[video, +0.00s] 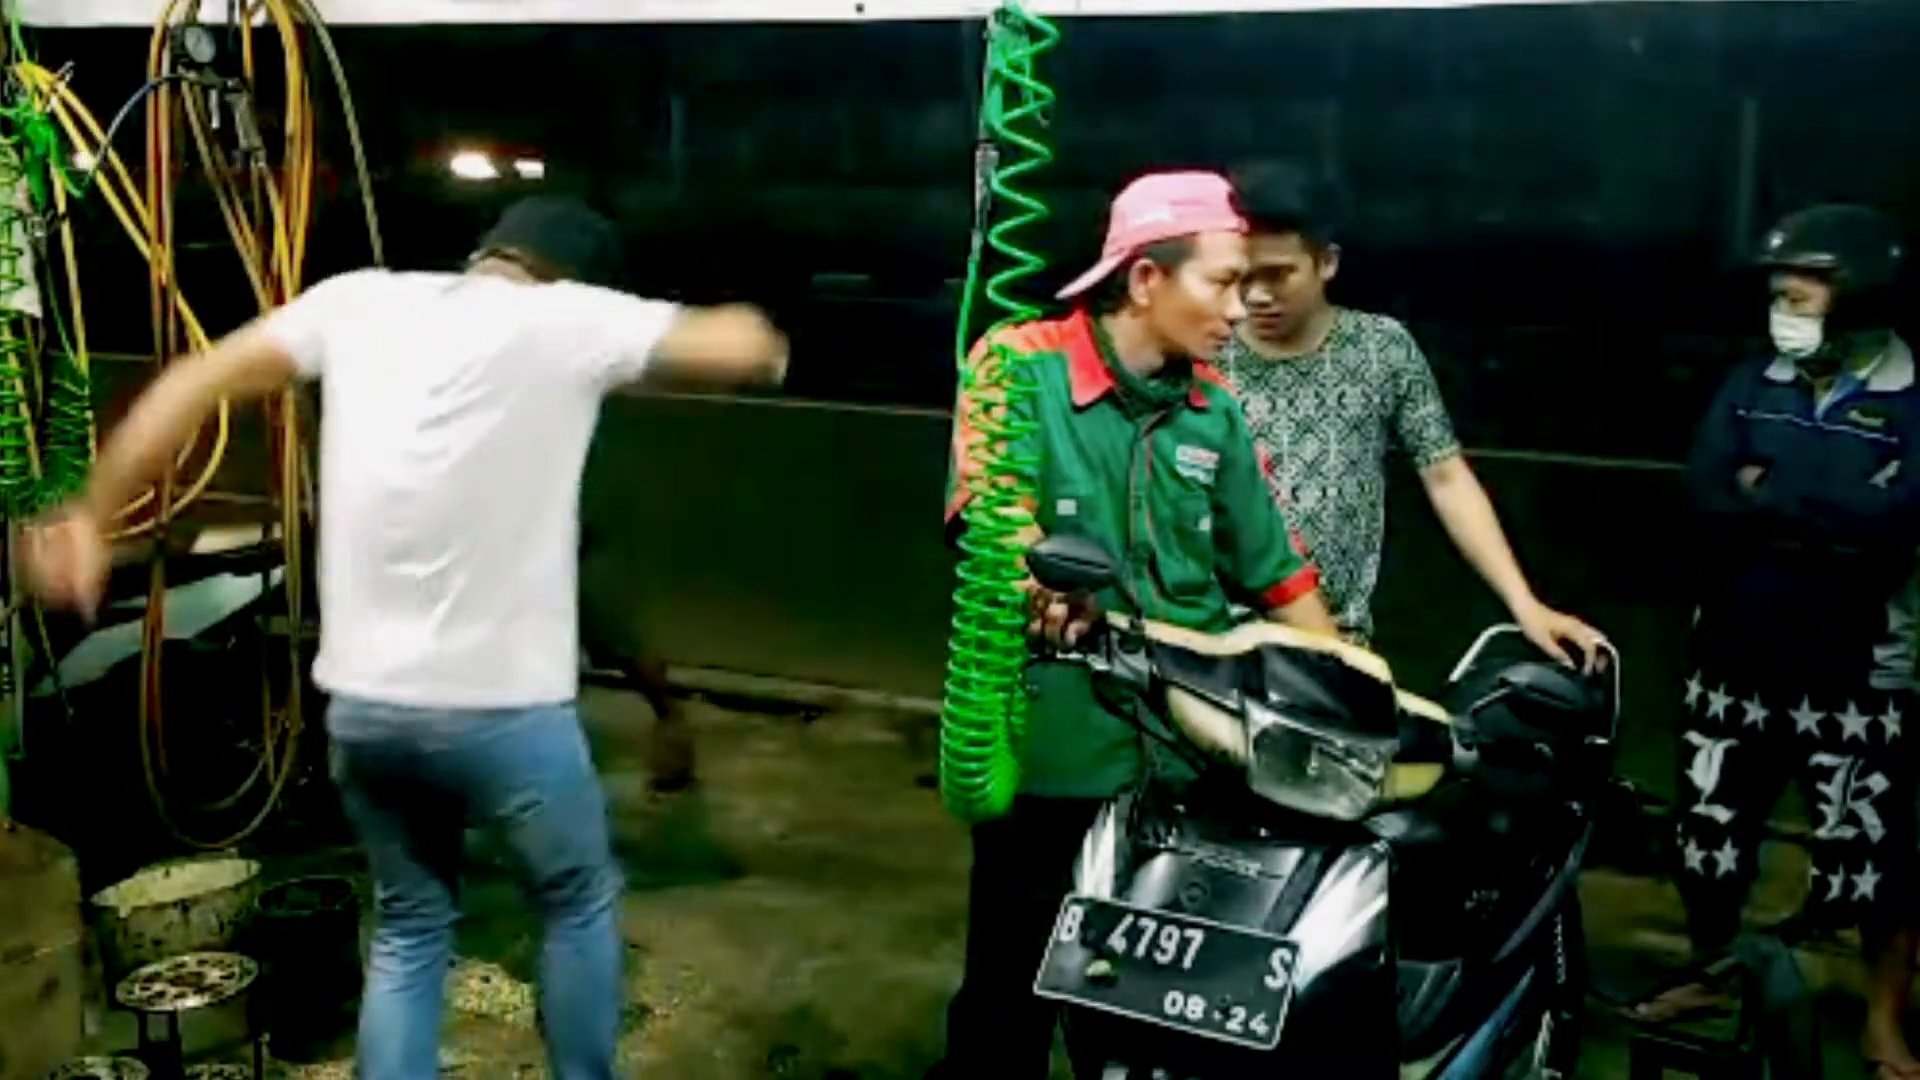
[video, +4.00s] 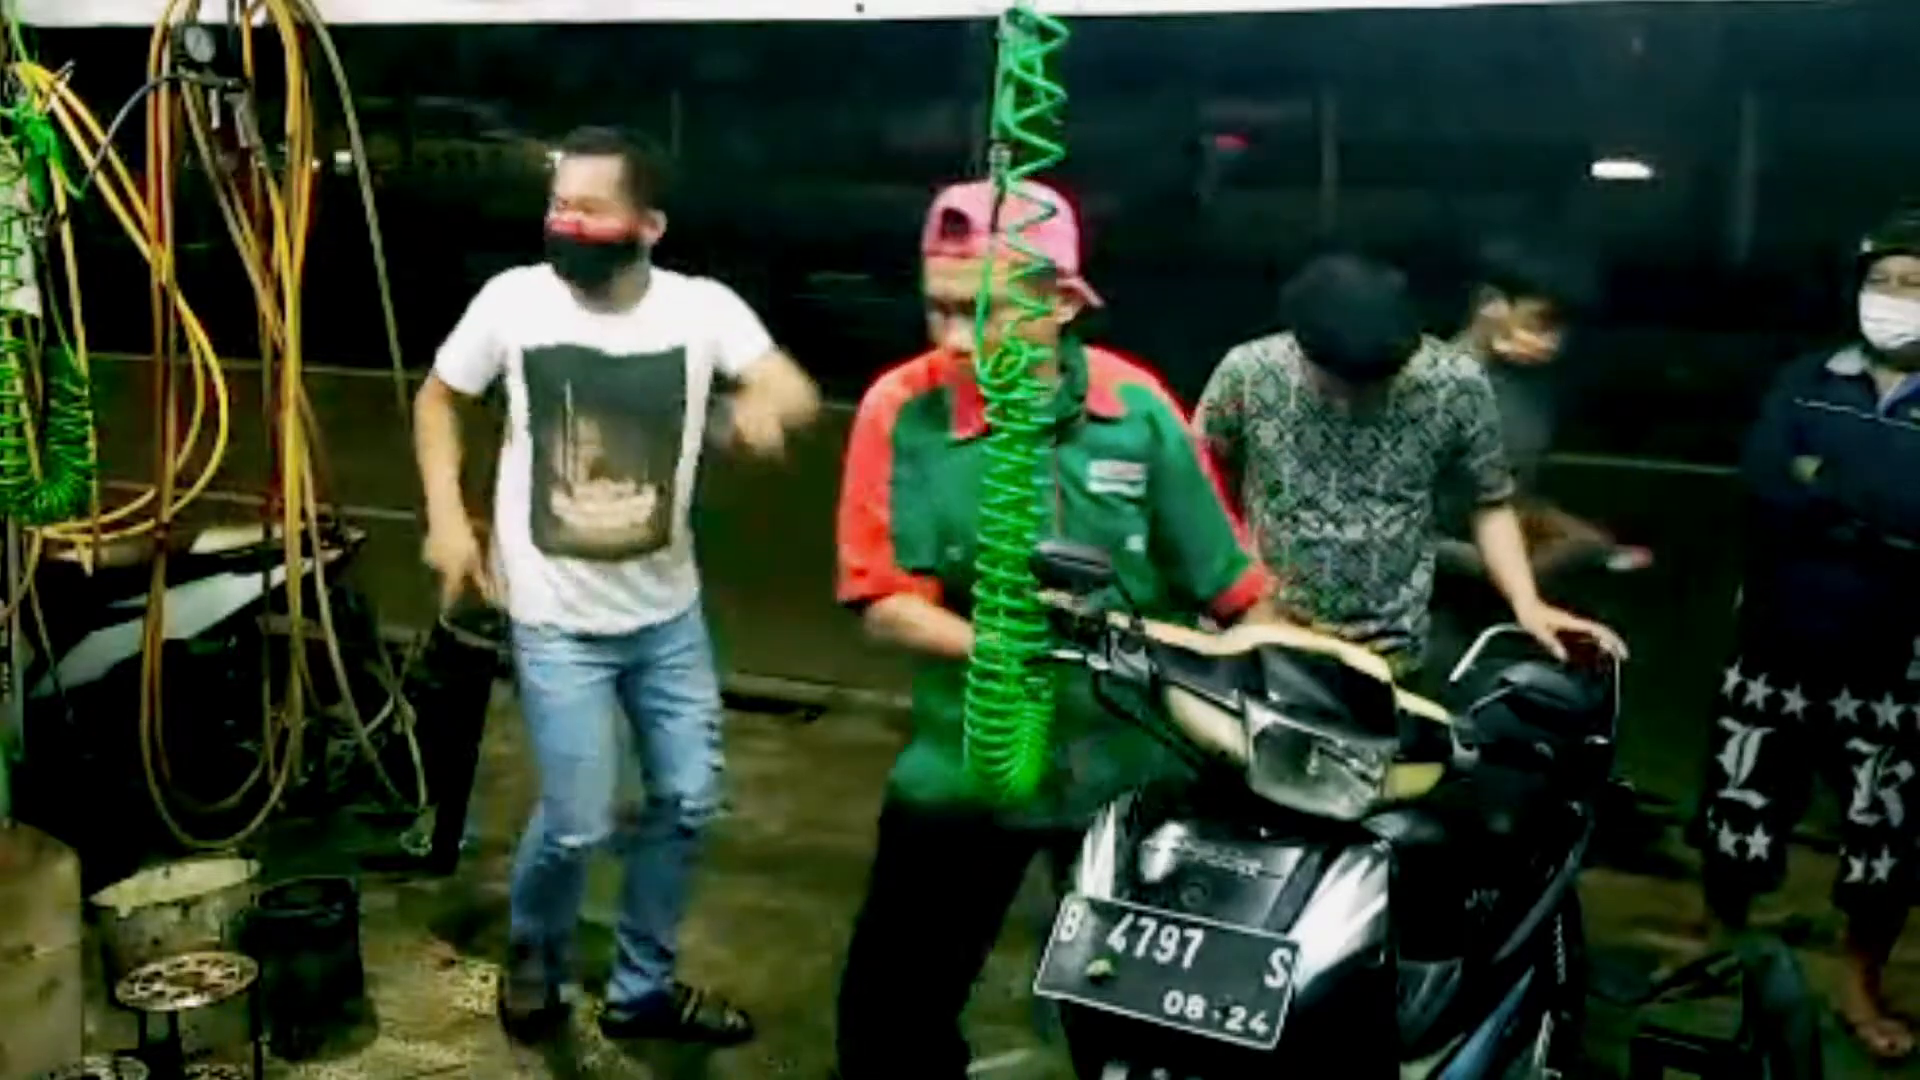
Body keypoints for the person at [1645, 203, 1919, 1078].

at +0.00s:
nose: (1787, 297)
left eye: (1808, 282)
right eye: (1780, 281)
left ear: (1856, 293)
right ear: (1771, 288)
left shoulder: (1903, 393)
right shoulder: (1748, 385)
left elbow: (1896, 515)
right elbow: (1705, 493)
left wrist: (1764, 478)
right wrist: (1839, 497)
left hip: (1858, 661)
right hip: (1739, 651)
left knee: (1866, 853)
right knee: (1708, 832)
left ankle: (1882, 1017)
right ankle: (1708, 975)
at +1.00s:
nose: (1696, 301)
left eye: (1717, 285)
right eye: (1690, 284)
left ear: (1772, 291)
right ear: (1685, 287)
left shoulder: (1846, 388)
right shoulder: (1671, 384)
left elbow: (1835, 502)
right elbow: (1649, 493)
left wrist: (1697, 470)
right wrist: (1788, 486)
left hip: (1811, 656)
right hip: (1693, 651)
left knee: (1849, 854)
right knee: (1684, 837)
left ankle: (1880, 1021)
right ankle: (1701, 971)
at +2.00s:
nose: (1874, 306)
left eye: (1895, 291)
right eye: (1862, 289)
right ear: (1838, 299)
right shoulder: (1796, 392)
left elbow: (1911, 517)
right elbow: (1748, 497)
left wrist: (1810, 488)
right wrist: (1869, 508)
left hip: (1889, 664)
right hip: (1777, 655)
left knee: (1890, 852)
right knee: (1709, 824)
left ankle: (1861, 983)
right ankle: (1708, 965)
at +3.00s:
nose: (1916, 305)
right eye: (1906, 288)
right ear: (1880, 300)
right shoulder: (1832, 391)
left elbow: (1912, 515)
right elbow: (1783, 496)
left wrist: (1845, 482)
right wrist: (1893, 504)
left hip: (1903, 666)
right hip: (1800, 651)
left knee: (1896, 855)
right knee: (1726, 826)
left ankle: (1863, 988)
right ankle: (1710, 933)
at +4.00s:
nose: (1897, 301)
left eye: (1913, 288)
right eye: (1885, 284)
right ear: (1858, 293)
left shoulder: (1918, 412)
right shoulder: (1807, 385)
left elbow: (1910, 517)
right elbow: (1761, 484)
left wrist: (1820, 475)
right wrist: (1871, 520)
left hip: (1889, 660)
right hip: (1782, 644)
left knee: (1884, 841)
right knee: (1737, 813)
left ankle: (1862, 981)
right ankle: (1716, 944)